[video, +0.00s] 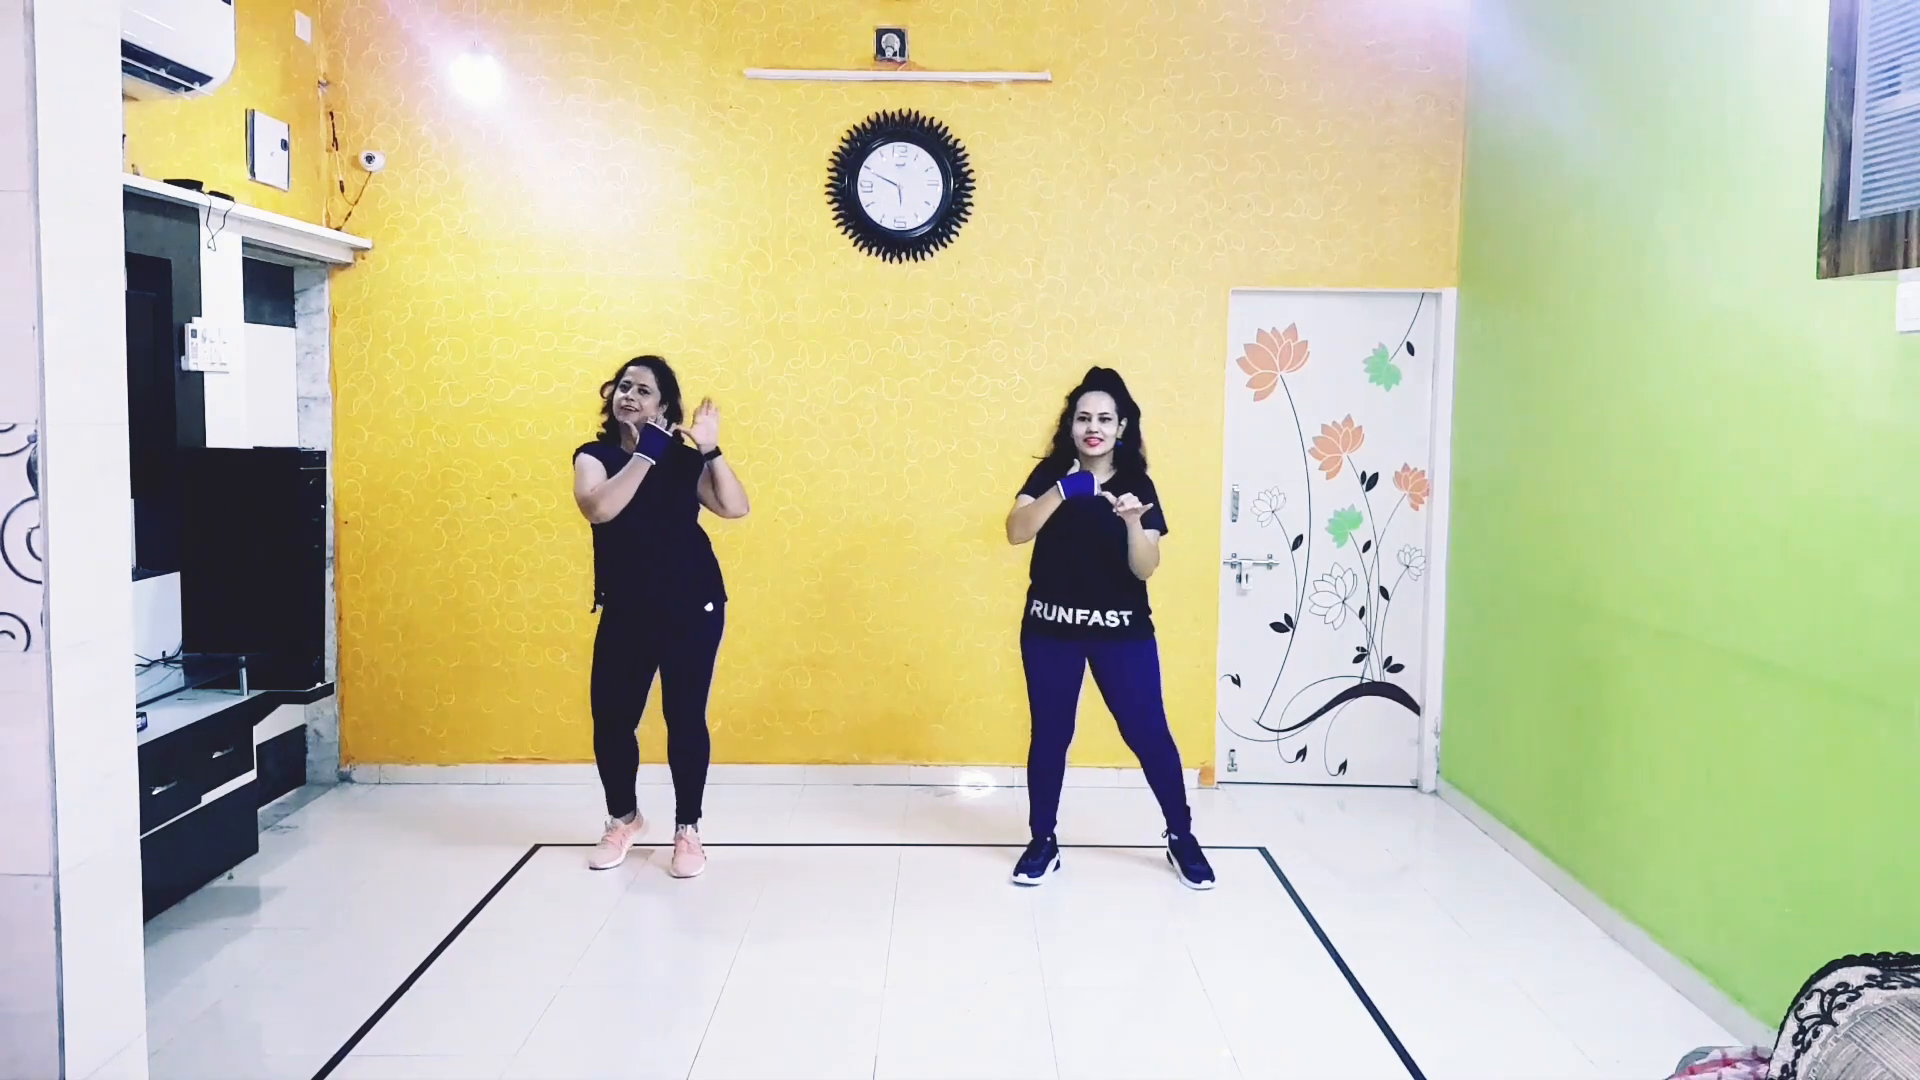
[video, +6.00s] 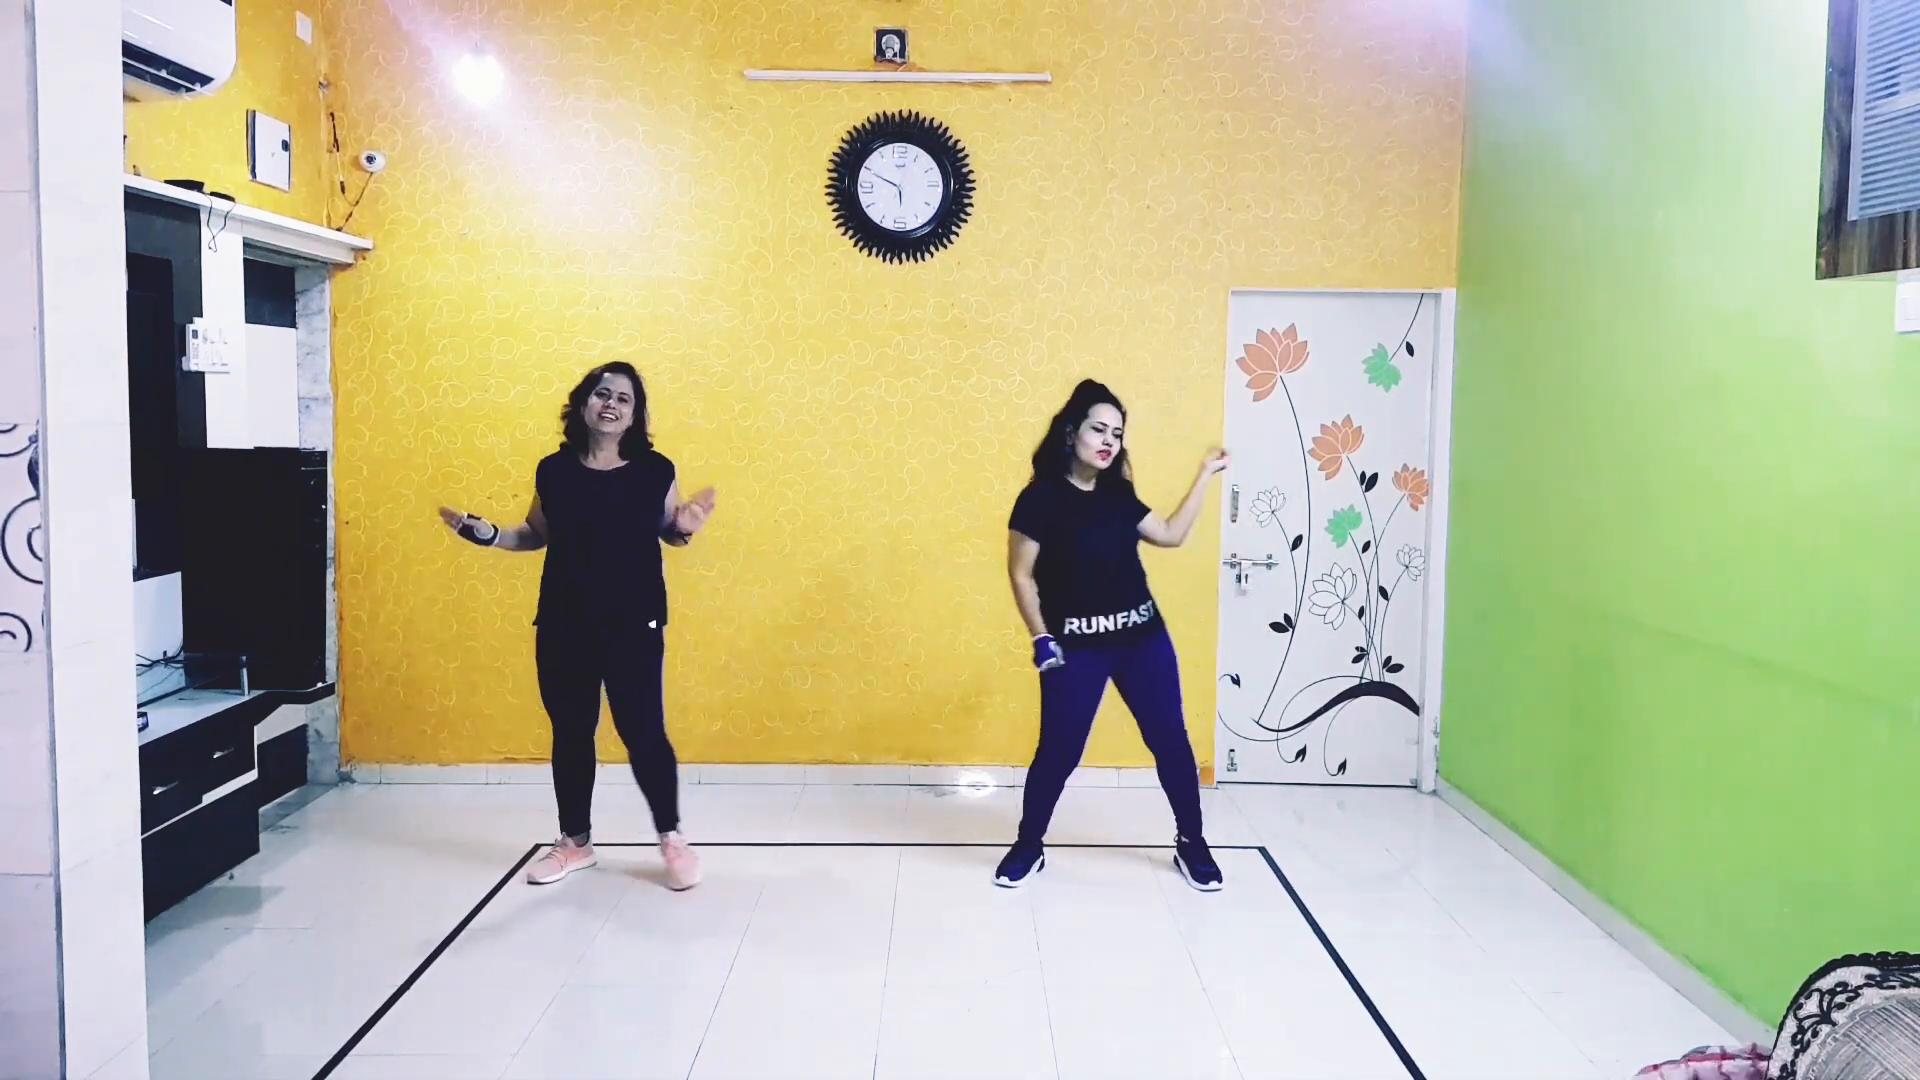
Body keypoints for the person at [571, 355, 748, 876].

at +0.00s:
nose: (629, 394)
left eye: (642, 390)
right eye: (624, 386)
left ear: (665, 405)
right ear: (610, 396)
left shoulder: (683, 456)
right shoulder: (594, 455)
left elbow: (735, 507)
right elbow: (598, 509)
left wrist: (712, 450)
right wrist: (645, 452)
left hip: (692, 605)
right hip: (626, 606)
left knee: (686, 716)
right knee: (611, 720)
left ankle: (687, 829)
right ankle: (624, 819)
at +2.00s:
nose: (601, 401)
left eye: (615, 395)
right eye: (597, 393)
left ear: (642, 411)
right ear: (588, 404)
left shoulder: (663, 460)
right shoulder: (577, 463)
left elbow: (719, 501)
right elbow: (578, 523)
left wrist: (687, 448)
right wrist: (618, 461)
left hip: (650, 610)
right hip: (586, 612)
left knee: (646, 720)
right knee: (602, 725)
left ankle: (685, 825)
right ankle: (615, 834)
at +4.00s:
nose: (642, 394)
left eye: (657, 390)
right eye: (639, 386)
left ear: (680, 412)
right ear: (628, 399)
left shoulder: (708, 463)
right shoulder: (612, 466)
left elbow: (733, 530)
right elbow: (596, 525)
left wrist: (754, 597)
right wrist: (614, 448)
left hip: (700, 618)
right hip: (631, 617)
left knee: (701, 728)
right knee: (594, 724)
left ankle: (710, 836)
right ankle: (596, 830)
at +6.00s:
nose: (610, 404)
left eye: (623, 399)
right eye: (602, 394)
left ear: (636, 413)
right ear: (581, 402)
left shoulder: (655, 471)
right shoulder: (555, 471)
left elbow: (672, 534)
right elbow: (536, 533)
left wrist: (683, 525)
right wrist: (490, 534)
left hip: (633, 625)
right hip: (565, 624)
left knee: (643, 732)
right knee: (570, 734)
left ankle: (670, 838)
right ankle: (574, 843)